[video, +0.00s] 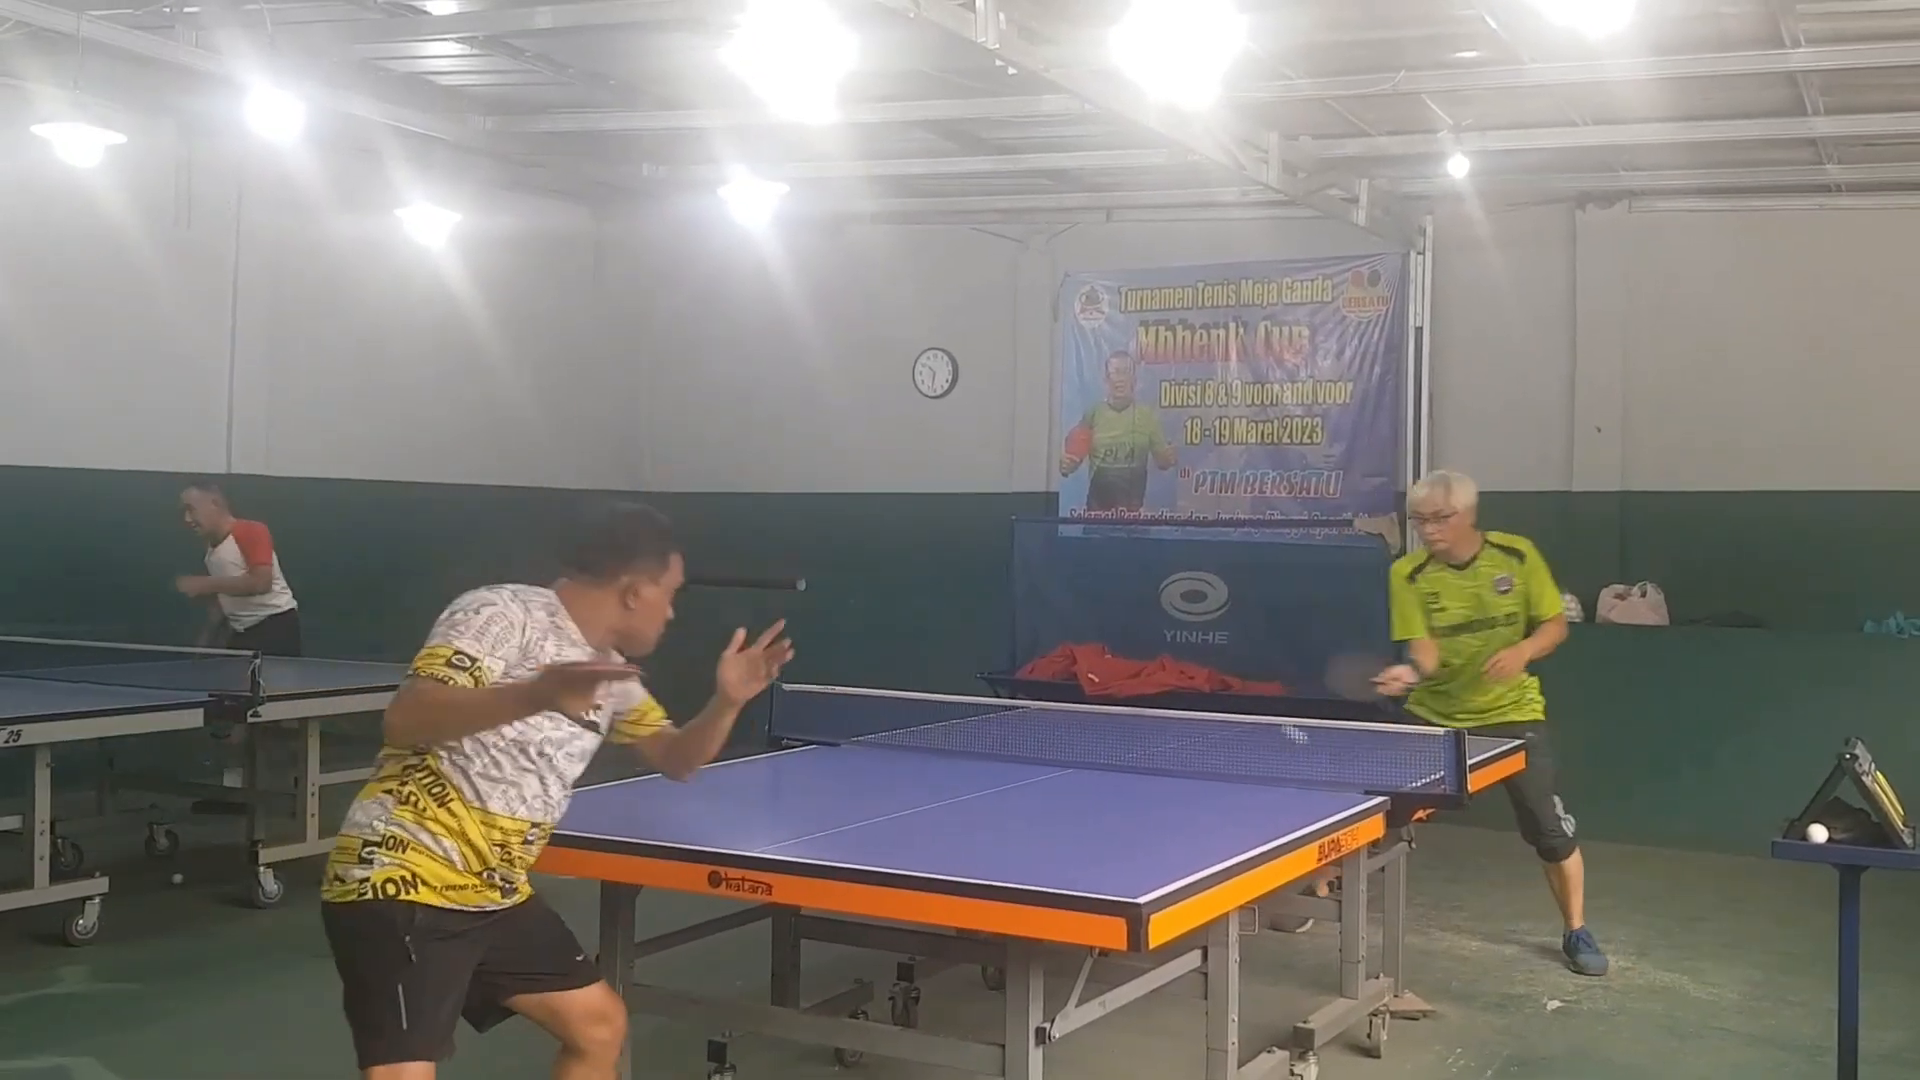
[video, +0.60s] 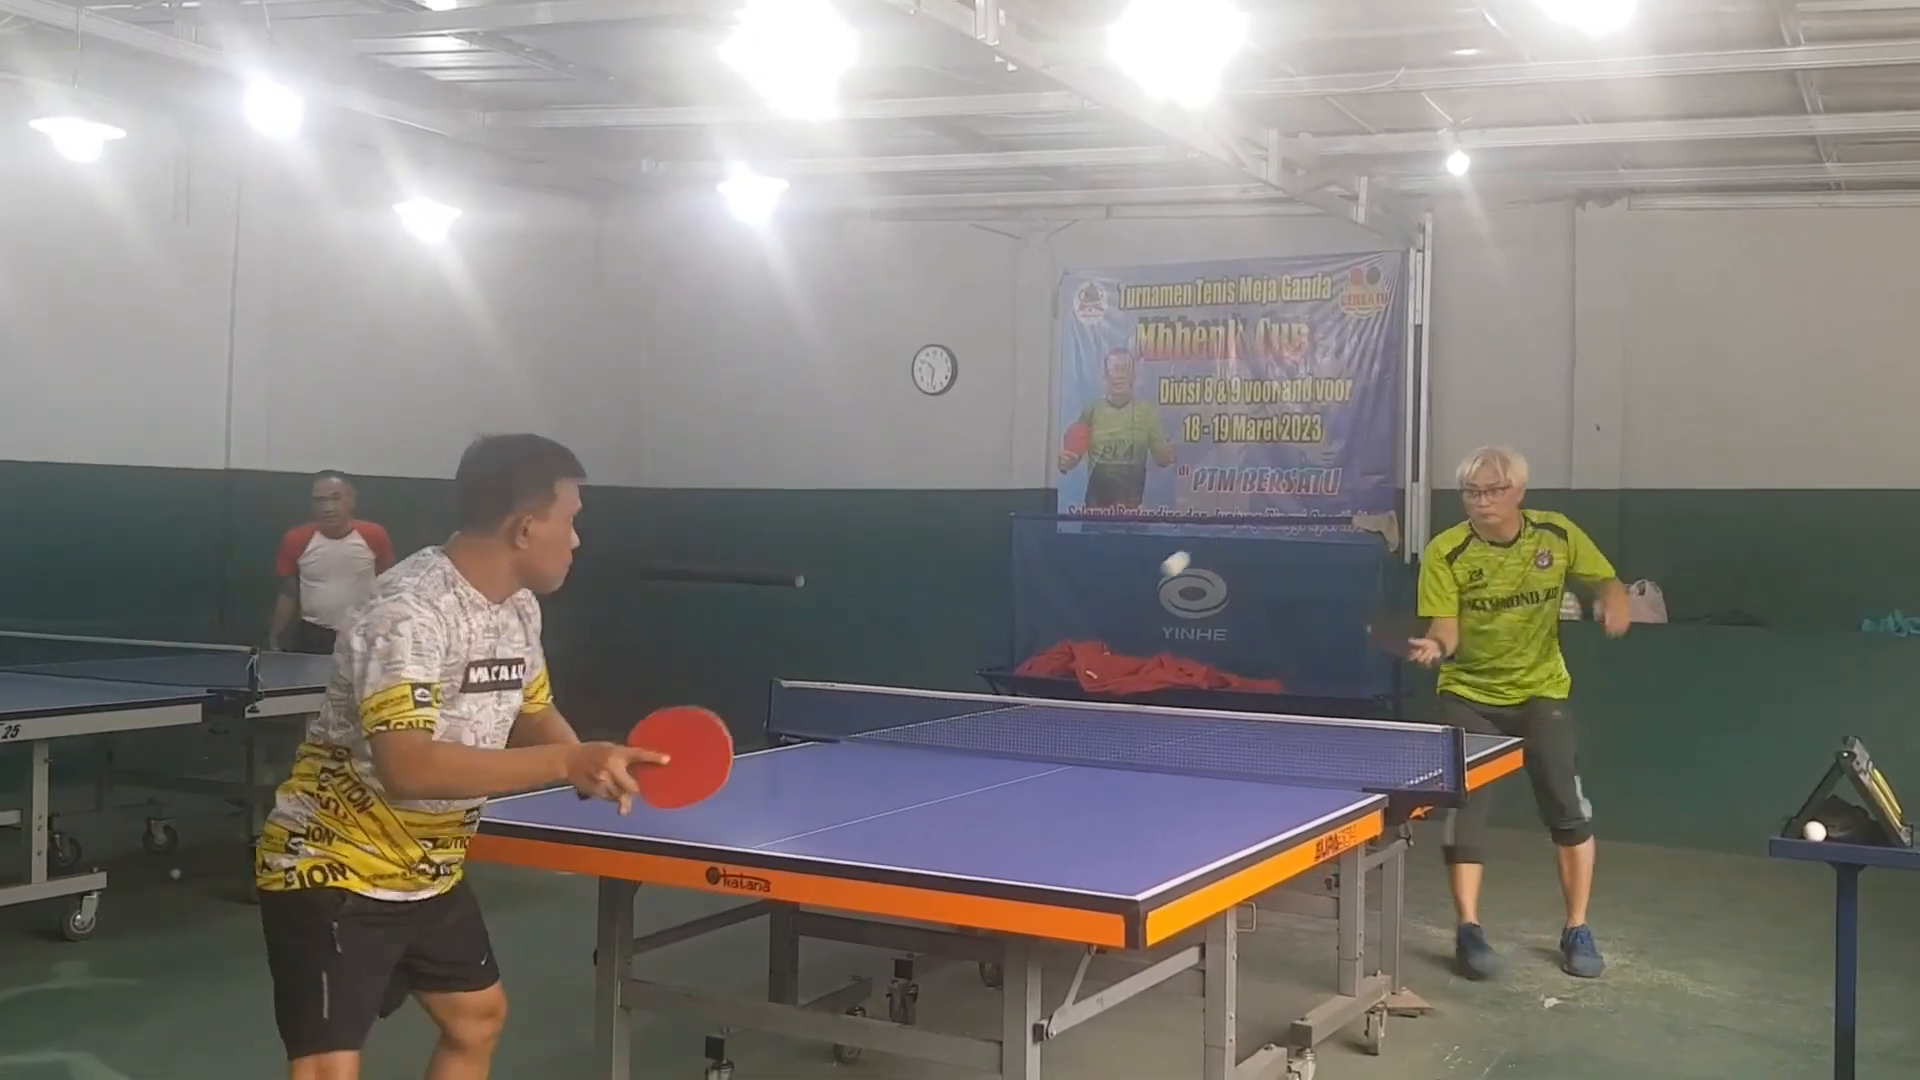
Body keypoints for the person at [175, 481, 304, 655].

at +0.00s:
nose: (187, 519)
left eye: (191, 510)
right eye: (185, 512)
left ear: (215, 503)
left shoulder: (253, 531)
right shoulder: (212, 552)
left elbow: (261, 582)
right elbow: (221, 608)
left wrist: (204, 585)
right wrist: (203, 647)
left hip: (276, 628)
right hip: (242, 633)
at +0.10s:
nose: (201, 518)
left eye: (205, 508)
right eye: (198, 510)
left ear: (231, 504)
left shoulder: (267, 535)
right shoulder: (220, 554)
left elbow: (293, 583)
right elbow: (224, 604)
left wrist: (247, 616)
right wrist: (209, 647)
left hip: (284, 631)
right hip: (247, 637)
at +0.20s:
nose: (220, 516)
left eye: (225, 506)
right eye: (217, 509)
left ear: (250, 502)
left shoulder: (285, 537)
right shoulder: (230, 549)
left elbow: (323, 582)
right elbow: (234, 601)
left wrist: (299, 625)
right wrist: (218, 646)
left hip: (293, 636)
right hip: (255, 638)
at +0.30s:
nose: (247, 515)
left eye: (254, 506)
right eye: (243, 509)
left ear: (277, 506)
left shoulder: (311, 540)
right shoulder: (243, 547)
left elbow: (350, 577)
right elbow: (246, 599)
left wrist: (336, 625)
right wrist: (230, 647)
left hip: (313, 637)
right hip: (269, 640)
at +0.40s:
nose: (277, 514)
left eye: (285, 506)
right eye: (272, 507)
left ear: (305, 506)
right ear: (268, 511)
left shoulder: (335, 539)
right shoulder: (264, 544)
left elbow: (370, 573)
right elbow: (262, 595)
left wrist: (361, 619)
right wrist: (246, 641)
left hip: (330, 638)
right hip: (284, 639)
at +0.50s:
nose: (307, 511)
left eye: (314, 503)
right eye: (299, 504)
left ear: (330, 504)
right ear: (292, 508)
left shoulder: (357, 537)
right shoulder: (282, 542)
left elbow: (379, 579)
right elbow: (276, 594)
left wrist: (373, 623)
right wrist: (260, 639)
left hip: (348, 640)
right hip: (300, 640)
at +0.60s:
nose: (328, 508)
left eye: (336, 499)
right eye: (320, 500)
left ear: (351, 500)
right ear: (312, 505)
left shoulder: (374, 536)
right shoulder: (296, 540)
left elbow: (389, 586)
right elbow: (288, 594)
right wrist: (273, 639)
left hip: (365, 637)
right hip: (314, 638)